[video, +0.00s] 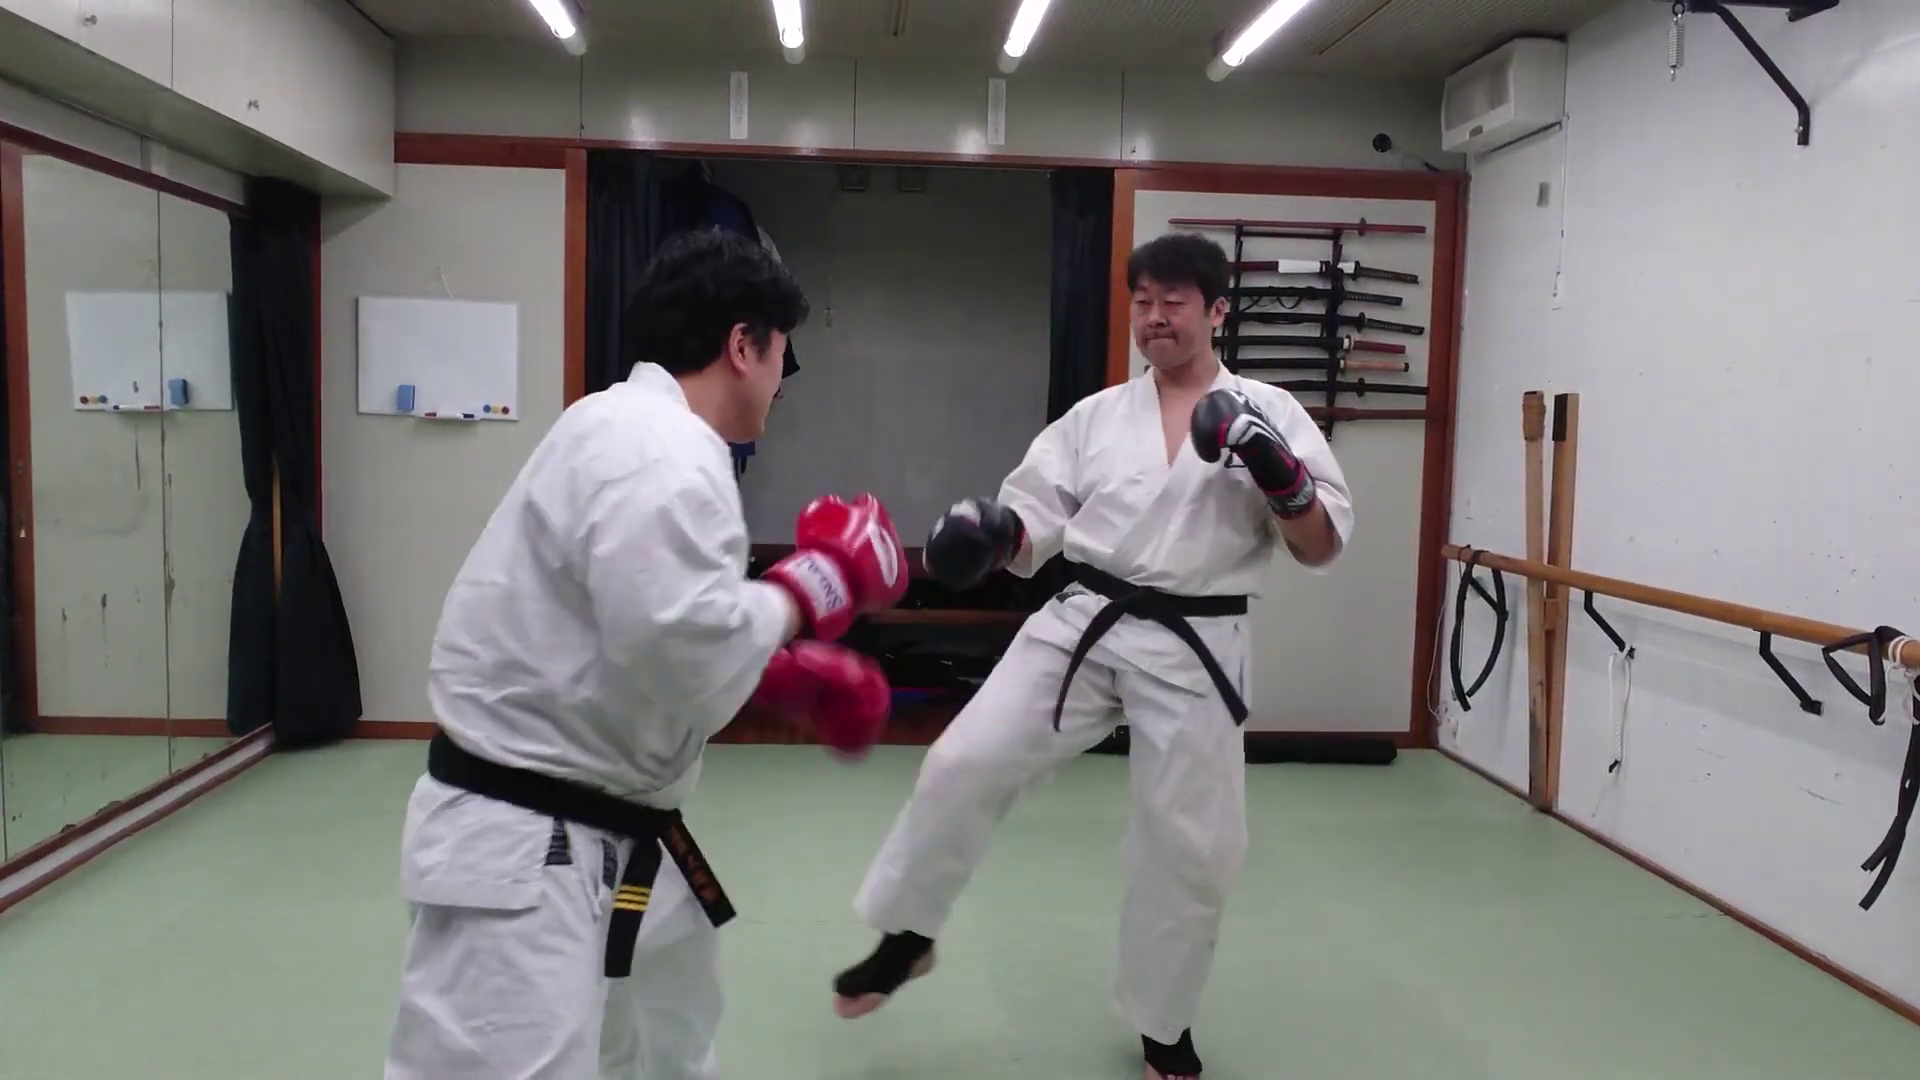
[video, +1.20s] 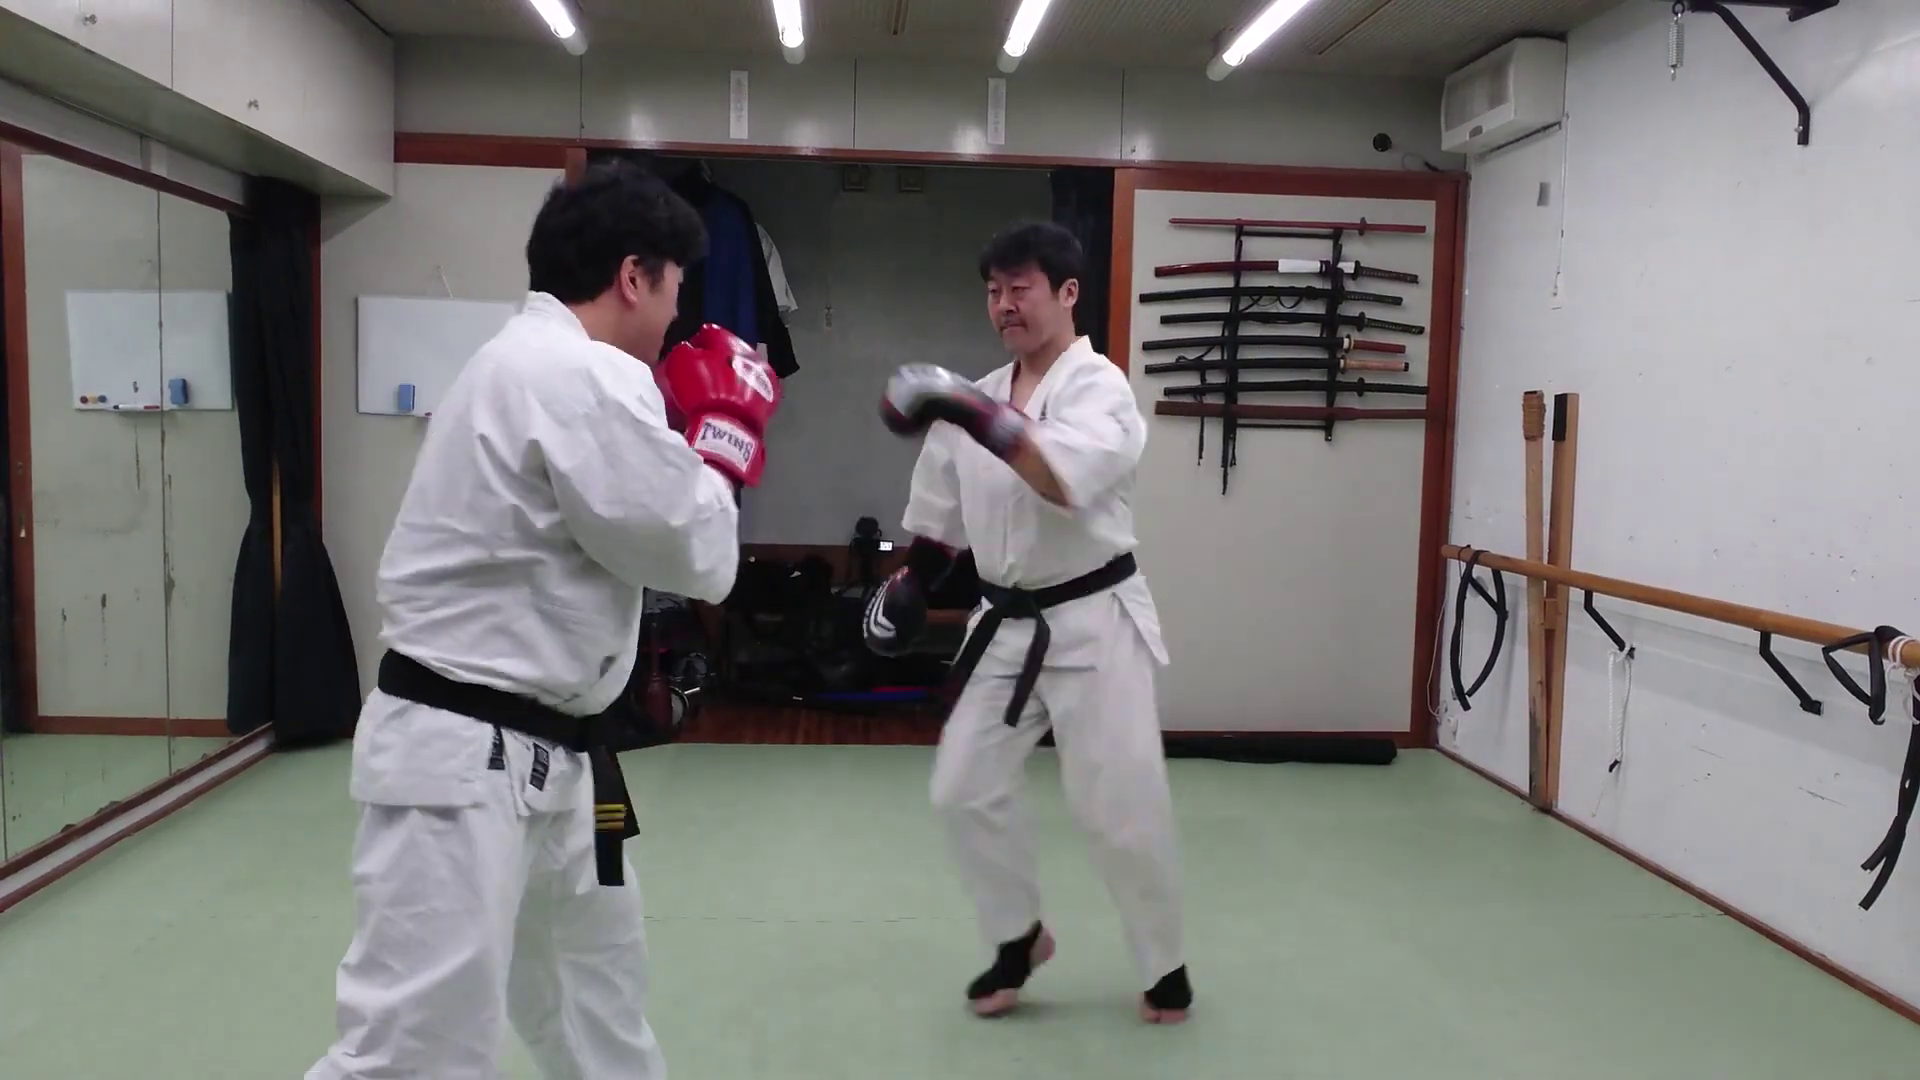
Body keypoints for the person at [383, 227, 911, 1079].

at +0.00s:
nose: (783, 383)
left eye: (787, 359)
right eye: (784, 357)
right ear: (741, 345)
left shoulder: (620, 428)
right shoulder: (659, 454)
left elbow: (641, 642)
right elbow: (684, 645)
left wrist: (780, 678)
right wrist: (818, 579)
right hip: (530, 844)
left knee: (674, 1002)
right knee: (504, 1061)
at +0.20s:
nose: (757, 381)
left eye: (756, 365)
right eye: (755, 362)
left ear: (633, 349)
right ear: (726, 354)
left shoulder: (543, 434)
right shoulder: (758, 426)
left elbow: (521, 589)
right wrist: (995, 404)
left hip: (469, 781)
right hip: (579, 802)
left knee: (636, 1044)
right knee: (499, 1061)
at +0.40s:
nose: (726, 344)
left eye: (723, 327)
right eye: (722, 325)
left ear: (596, 316)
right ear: (691, 317)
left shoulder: (506, 414)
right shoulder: (730, 392)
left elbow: (481, 585)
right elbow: (920, 473)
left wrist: (628, 705)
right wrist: (953, 427)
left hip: (469, 757)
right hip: (587, 766)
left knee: (634, 1035)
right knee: (538, 1047)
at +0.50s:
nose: (703, 315)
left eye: (702, 296)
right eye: (700, 293)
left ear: (575, 289)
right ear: (671, 289)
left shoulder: (489, 392)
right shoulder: (703, 378)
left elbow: (494, 546)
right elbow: (830, 552)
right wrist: (840, 459)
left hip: (459, 741)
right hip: (576, 750)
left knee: (621, 1031)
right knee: (552, 1039)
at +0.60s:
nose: (676, 307)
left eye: (676, 284)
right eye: (675, 283)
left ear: (548, 275)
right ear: (639, 277)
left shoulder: (452, 384)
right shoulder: (660, 377)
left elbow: (424, 560)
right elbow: (722, 559)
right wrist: (754, 457)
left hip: (445, 739)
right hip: (551, 755)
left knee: (619, 1025)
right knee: (524, 1044)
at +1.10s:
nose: (637, 292)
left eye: (639, 267)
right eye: (635, 264)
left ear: (520, 255)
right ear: (589, 258)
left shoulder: (437, 375)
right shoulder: (571, 365)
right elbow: (724, 521)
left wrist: (644, 391)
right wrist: (730, 409)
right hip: (490, 758)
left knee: (598, 1033)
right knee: (412, 1055)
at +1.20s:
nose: (679, 313)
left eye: (682, 288)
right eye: (678, 284)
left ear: (587, 267)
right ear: (633, 275)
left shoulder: (526, 360)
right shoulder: (573, 373)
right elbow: (698, 555)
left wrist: (693, 426)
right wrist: (726, 439)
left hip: (552, 747)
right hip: (462, 747)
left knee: (597, 1014)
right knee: (418, 1043)